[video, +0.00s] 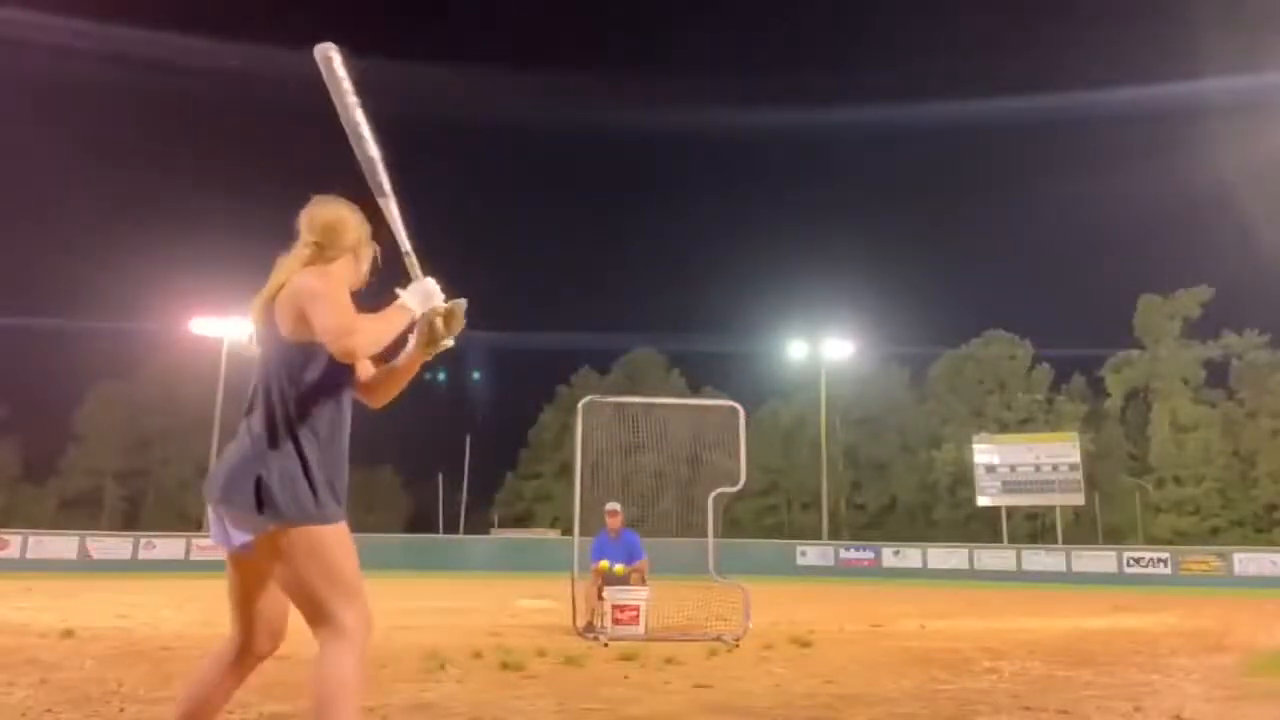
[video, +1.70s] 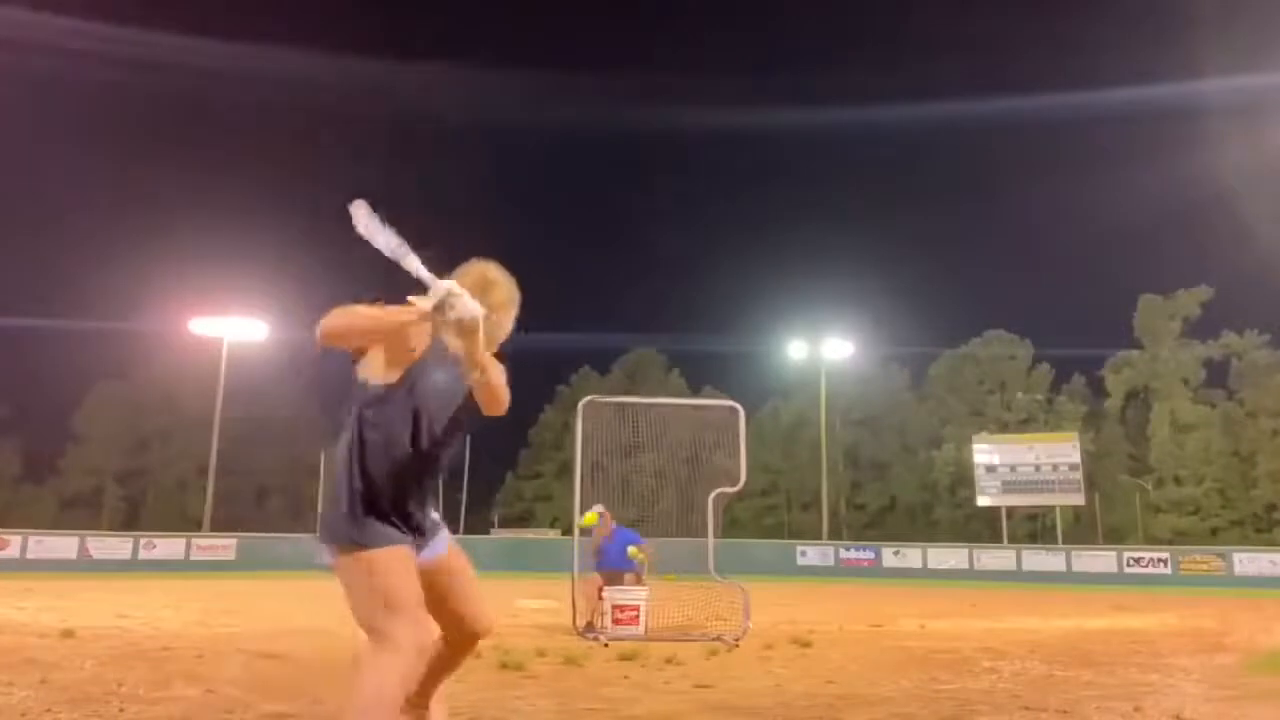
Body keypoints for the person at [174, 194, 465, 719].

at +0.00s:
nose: (369, 264)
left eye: (369, 254)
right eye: (368, 252)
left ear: (311, 242)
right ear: (355, 246)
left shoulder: (296, 297)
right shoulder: (319, 280)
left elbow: (373, 392)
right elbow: (347, 340)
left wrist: (420, 349)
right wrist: (409, 304)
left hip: (246, 481)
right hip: (288, 485)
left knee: (255, 638)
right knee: (346, 626)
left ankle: (184, 714)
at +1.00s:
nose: (430, 275)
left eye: (432, 266)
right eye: (430, 262)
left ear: (381, 247)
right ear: (414, 253)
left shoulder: (374, 309)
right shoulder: (360, 281)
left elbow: (427, 395)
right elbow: (382, 342)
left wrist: (478, 351)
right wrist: (452, 314)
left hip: (281, 480)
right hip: (307, 481)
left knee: (285, 637)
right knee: (374, 632)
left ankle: (199, 713)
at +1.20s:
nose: (454, 278)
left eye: (458, 270)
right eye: (455, 266)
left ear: (412, 256)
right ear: (438, 258)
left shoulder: (407, 321)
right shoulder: (376, 278)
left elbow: (431, 402)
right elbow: (377, 334)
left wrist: (477, 371)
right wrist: (463, 325)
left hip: (318, 482)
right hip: (309, 480)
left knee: (368, 634)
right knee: (390, 635)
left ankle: (272, 712)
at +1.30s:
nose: (472, 284)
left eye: (473, 273)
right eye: (471, 272)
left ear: (429, 263)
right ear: (457, 267)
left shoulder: (431, 330)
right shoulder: (387, 284)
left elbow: (441, 409)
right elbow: (361, 342)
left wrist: (474, 378)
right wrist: (456, 332)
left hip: (355, 487)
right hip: (311, 489)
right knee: (396, 634)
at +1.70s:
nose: (506, 331)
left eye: (506, 323)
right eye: (503, 320)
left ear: (486, 325)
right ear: (481, 312)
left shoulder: (482, 365)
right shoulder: (403, 331)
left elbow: (497, 404)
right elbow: (329, 329)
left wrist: (471, 345)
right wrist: (416, 312)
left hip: (418, 517)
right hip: (362, 515)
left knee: (470, 624)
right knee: (404, 641)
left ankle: (415, 701)